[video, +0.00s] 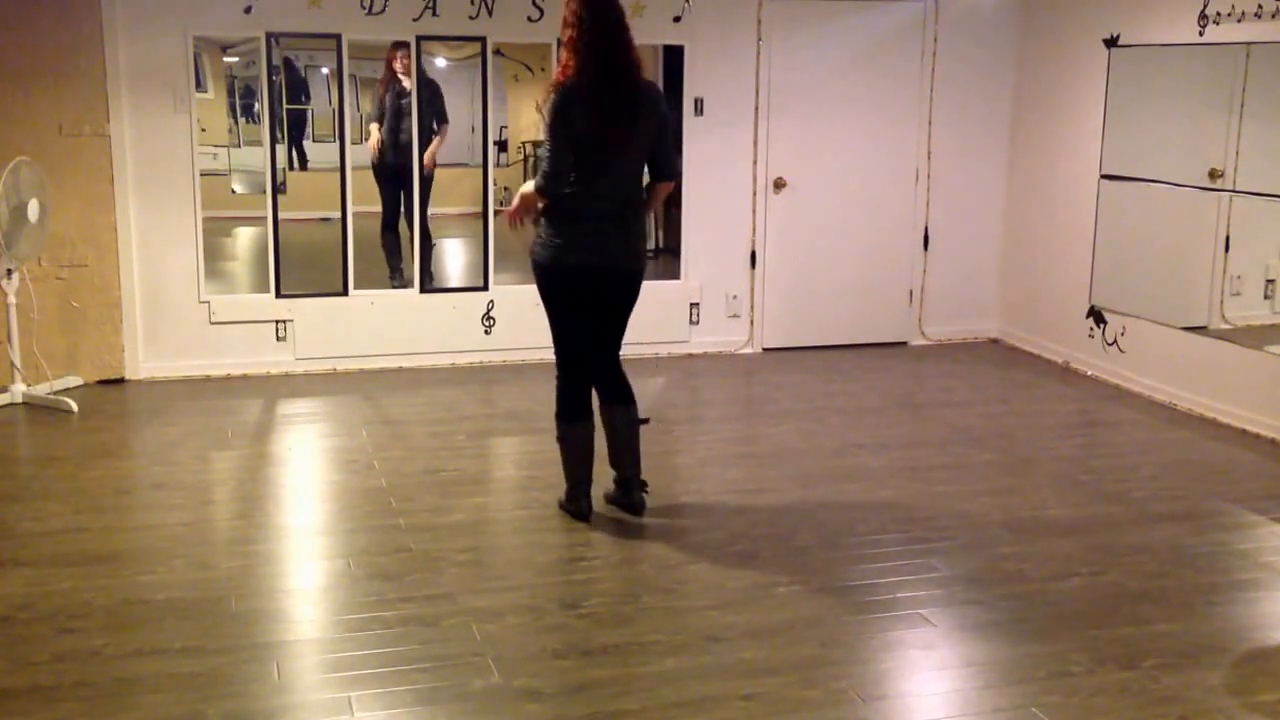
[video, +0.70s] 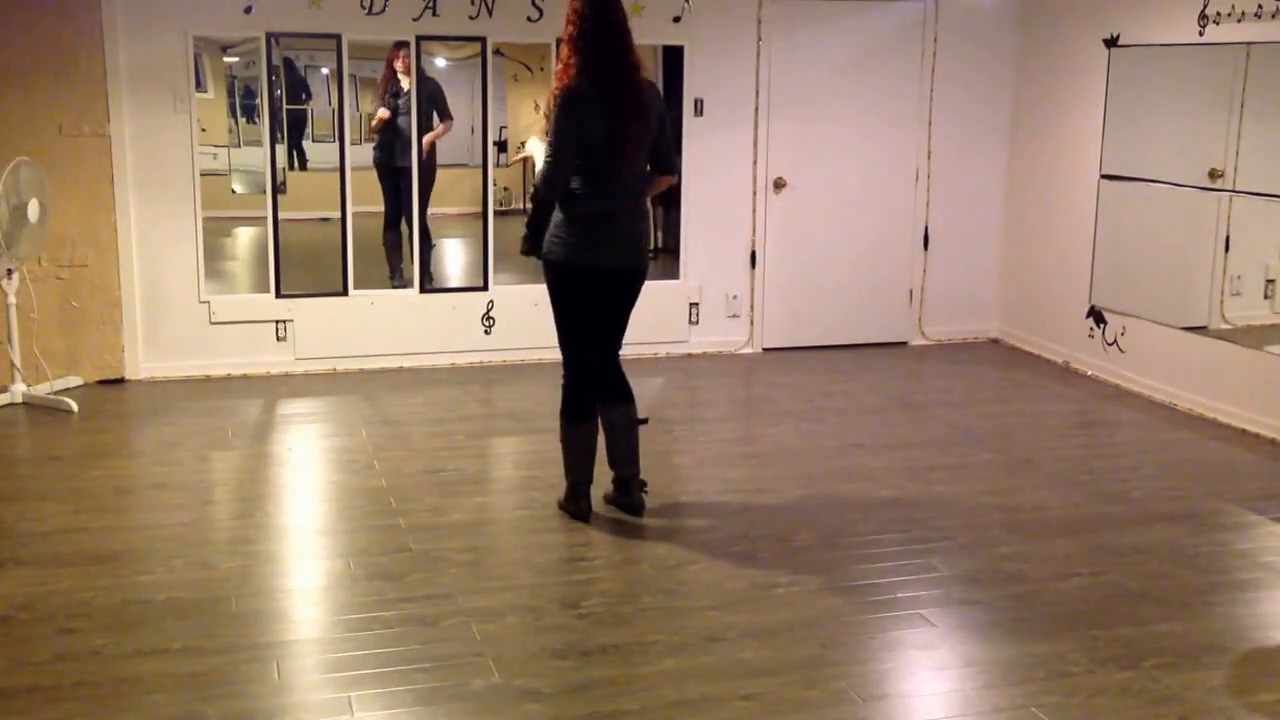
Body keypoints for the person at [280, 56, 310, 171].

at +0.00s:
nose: (282, 71)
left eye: (282, 68)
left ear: (283, 67)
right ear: (293, 65)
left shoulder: (282, 80)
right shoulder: (301, 78)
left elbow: (278, 97)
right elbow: (307, 96)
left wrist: (279, 110)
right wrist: (304, 106)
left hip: (287, 113)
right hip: (300, 112)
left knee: (288, 142)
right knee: (299, 141)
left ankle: (289, 167)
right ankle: (303, 164)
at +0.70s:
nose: (282, 70)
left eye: (282, 68)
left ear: (283, 67)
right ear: (293, 65)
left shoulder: (282, 79)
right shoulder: (300, 77)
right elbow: (308, 94)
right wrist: (304, 101)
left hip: (287, 112)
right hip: (300, 112)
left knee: (288, 143)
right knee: (298, 142)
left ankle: (290, 168)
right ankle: (303, 166)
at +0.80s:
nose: (283, 70)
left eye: (283, 67)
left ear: (283, 67)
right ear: (294, 66)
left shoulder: (282, 81)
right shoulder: (300, 78)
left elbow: (278, 97)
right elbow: (311, 91)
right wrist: (304, 99)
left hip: (289, 113)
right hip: (303, 112)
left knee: (291, 143)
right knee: (302, 142)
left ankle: (290, 168)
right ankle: (305, 167)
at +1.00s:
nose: (284, 70)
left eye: (283, 67)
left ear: (283, 67)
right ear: (294, 65)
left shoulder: (282, 81)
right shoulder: (300, 77)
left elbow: (278, 96)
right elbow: (311, 91)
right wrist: (304, 98)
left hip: (289, 112)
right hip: (303, 112)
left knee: (291, 143)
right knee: (304, 142)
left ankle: (291, 168)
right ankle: (305, 168)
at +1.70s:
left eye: (283, 67)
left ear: (283, 67)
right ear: (294, 66)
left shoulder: (281, 82)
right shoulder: (300, 80)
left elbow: (278, 100)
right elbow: (305, 96)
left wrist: (280, 115)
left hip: (290, 115)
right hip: (304, 114)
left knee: (292, 145)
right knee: (305, 144)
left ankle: (291, 170)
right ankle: (306, 169)